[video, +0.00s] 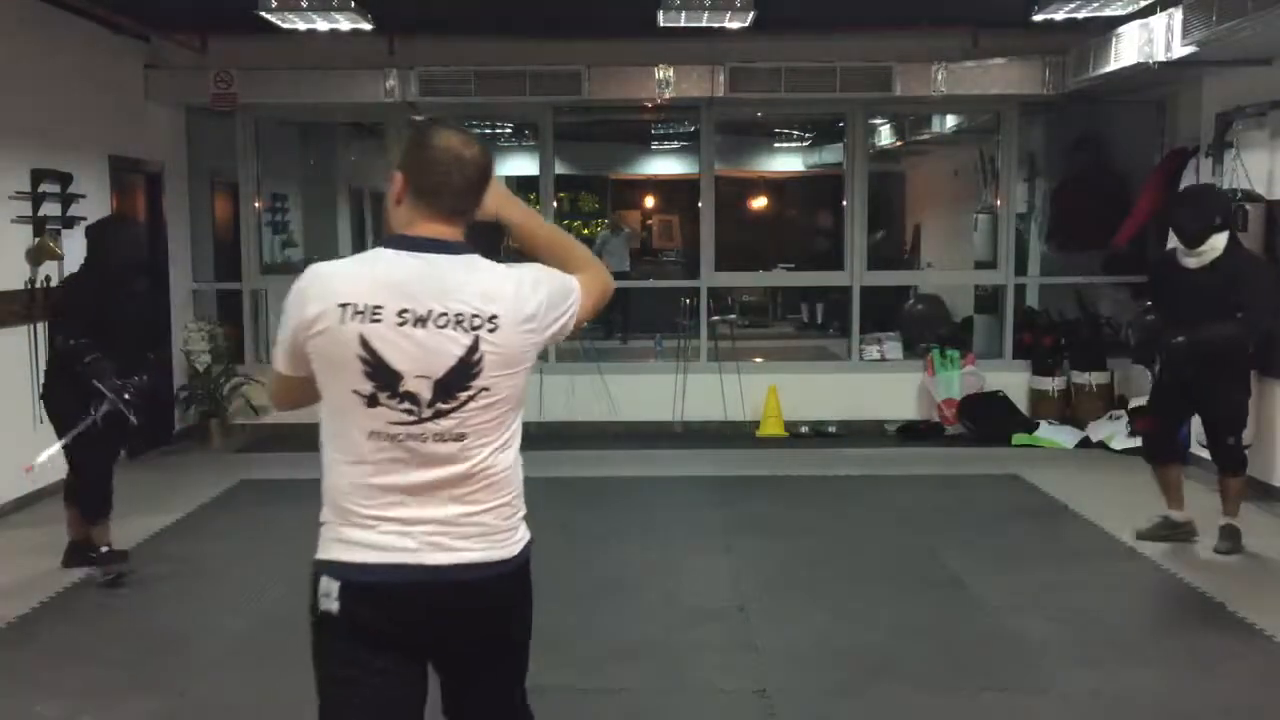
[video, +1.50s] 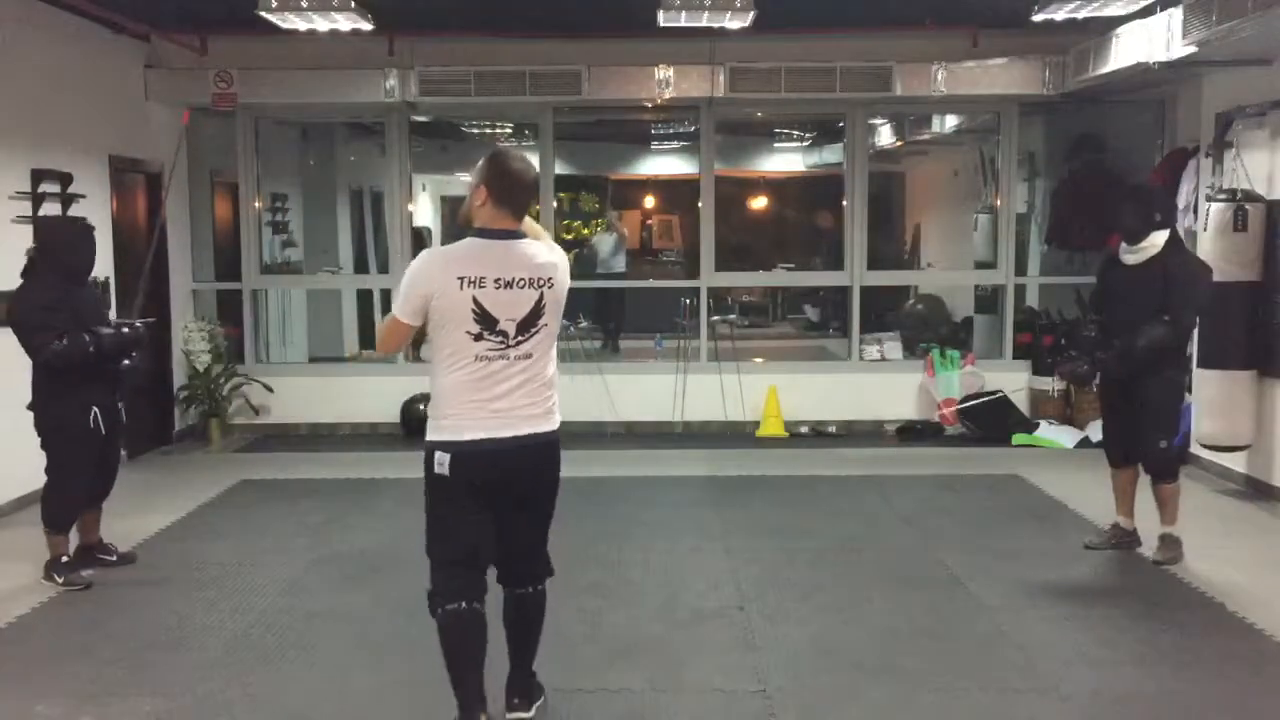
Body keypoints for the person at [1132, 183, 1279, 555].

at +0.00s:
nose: (1185, 238)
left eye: (1193, 230)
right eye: (1181, 229)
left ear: (1215, 226)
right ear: (1175, 225)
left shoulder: (1246, 268)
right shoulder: (1166, 266)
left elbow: (1257, 328)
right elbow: (1160, 314)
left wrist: (1197, 338)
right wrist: (1148, 332)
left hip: (1224, 373)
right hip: (1177, 369)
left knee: (1227, 447)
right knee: (1159, 438)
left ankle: (1229, 524)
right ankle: (1177, 518)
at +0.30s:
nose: (1195, 229)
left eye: (1204, 222)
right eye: (1192, 221)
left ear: (1229, 223)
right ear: (1188, 222)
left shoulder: (1255, 267)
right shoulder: (1175, 265)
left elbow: (1266, 331)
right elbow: (1157, 322)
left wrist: (1210, 342)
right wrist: (1153, 330)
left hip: (1231, 376)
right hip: (1181, 372)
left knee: (1230, 449)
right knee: (1161, 437)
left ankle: (1230, 524)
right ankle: (1173, 515)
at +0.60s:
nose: (1178, 230)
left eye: (1187, 222)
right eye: (1176, 222)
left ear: (1209, 223)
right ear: (1172, 223)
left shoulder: (1240, 270)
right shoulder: (1167, 264)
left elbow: (1250, 329)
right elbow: (1155, 311)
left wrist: (1201, 341)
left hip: (1218, 374)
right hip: (1170, 370)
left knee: (1224, 450)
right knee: (1147, 442)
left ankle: (1229, 524)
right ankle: (1129, 525)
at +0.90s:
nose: (1148, 233)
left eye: (1157, 225)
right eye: (1144, 223)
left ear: (1177, 224)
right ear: (1137, 223)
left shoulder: (1205, 270)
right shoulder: (1129, 266)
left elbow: (1213, 327)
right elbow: (1119, 318)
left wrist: (1161, 342)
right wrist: (1119, 342)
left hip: (1184, 372)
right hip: (1138, 370)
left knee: (1192, 449)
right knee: (1123, 444)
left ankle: (1222, 520)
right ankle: (1124, 526)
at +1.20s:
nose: (1124, 231)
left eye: (1130, 223)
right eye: (1120, 224)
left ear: (1149, 220)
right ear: (1116, 225)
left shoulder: (1182, 265)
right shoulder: (1111, 266)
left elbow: (1184, 323)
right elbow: (1096, 319)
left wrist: (1137, 347)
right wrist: (1094, 350)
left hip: (1162, 377)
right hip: (1118, 375)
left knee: (1160, 457)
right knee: (1120, 452)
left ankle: (1172, 535)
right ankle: (1124, 528)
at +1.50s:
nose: (1126, 226)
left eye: (1132, 218)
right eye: (1123, 219)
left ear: (1150, 218)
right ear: (1120, 221)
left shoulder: (1180, 263)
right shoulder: (1113, 263)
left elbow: (1178, 325)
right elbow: (1097, 315)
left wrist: (1131, 349)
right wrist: (1091, 346)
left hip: (1160, 375)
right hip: (1117, 373)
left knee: (1161, 456)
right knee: (1120, 451)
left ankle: (1169, 536)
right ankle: (1124, 528)